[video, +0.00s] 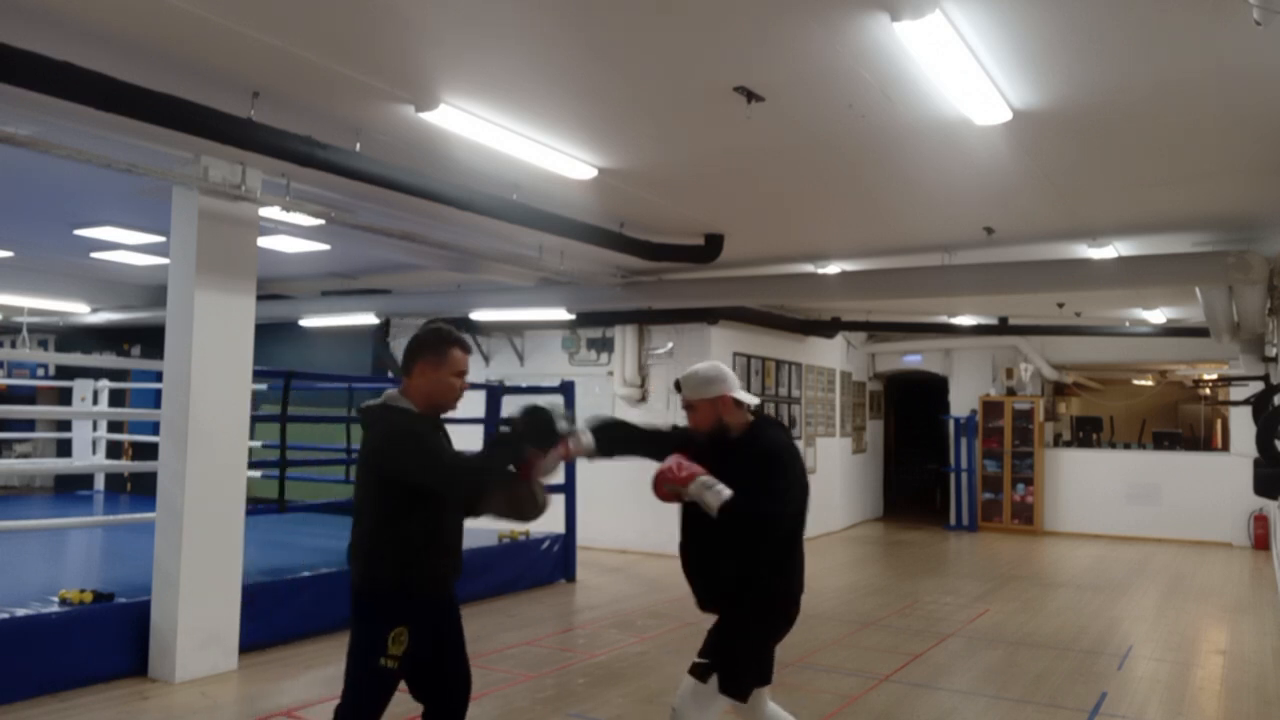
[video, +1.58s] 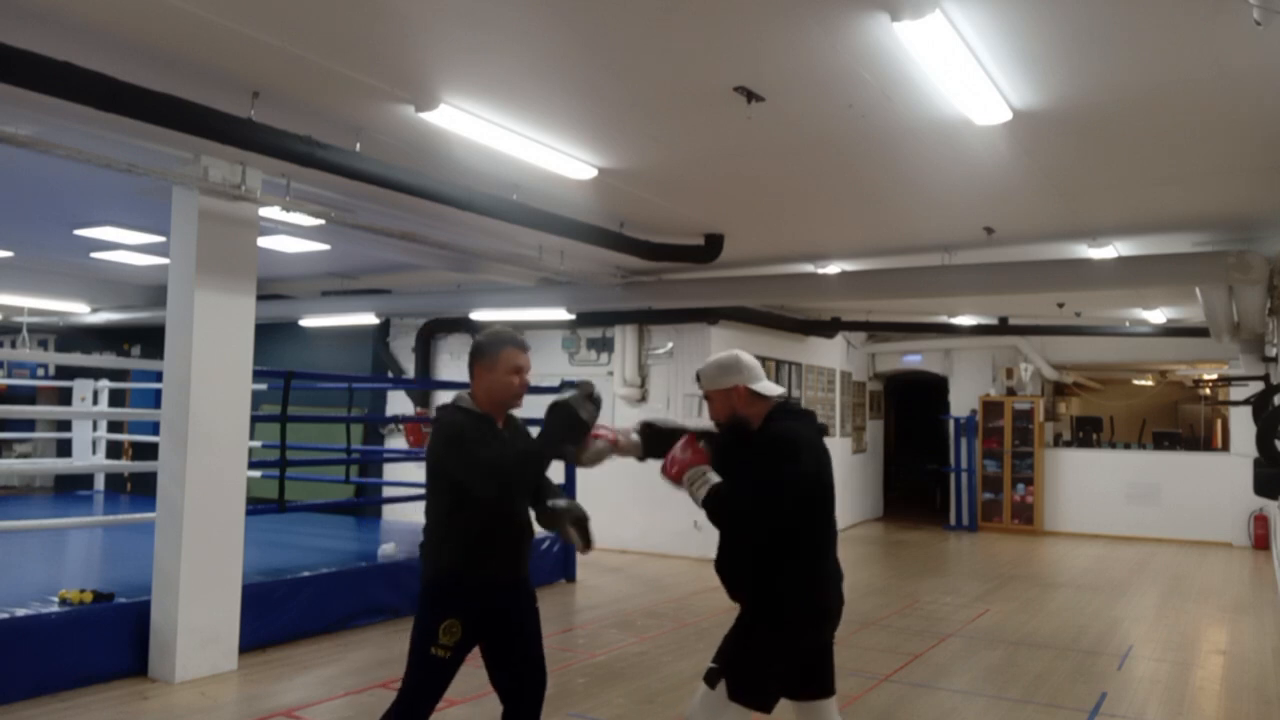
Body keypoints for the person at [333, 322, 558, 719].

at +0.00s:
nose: (465, 386)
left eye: (465, 376)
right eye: (458, 375)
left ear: (431, 373)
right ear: (422, 370)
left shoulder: (428, 428)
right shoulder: (393, 426)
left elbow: (459, 495)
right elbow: (449, 480)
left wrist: (518, 475)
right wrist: (513, 445)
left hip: (428, 588)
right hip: (389, 590)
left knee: (449, 695)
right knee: (363, 702)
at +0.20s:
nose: (477, 386)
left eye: (479, 377)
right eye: (471, 374)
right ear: (437, 369)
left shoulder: (463, 426)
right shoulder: (391, 425)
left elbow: (492, 475)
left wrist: (536, 455)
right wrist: (482, 462)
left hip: (446, 580)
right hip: (395, 583)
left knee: (459, 695)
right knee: (385, 702)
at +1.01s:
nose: (499, 387)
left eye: (500, 376)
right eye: (490, 375)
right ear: (456, 374)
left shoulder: (489, 425)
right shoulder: (418, 431)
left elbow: (539, 471)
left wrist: (585, 444)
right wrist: (483, 432)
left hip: (475, 586)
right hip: (422, 590)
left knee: (503, 704)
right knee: (401, 708)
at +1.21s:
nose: (510, 387)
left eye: (513, 377)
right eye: (501, 375)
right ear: (467, 373)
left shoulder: (492, 431)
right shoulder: (436, 430)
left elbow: (517, 479)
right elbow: (483, 494)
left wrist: (586, 464)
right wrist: (547, 457)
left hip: (491, 587)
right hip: (439, 590)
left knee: (513, 698)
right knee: (411, 705)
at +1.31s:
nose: (510, 387)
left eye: (512, 377)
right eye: (500, 375)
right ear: (466, 373)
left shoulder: (501, 427)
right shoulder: (430, 434)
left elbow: (549, 461)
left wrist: (600, 448)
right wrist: (517, 460)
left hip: (495, 588)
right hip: (438, 592)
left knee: (516, 702)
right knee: (410, 707)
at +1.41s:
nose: (513, 385)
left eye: (516, 376)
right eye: (504, 374)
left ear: (516, 380)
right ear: (470, 372)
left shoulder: (511, 428)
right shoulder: (435, 429)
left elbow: (551, 473)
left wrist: (597, 456)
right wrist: (482, 428)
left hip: (496, 587)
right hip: (440, 589)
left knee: (520, 696)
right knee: (409, 705)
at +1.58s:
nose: (525, 383)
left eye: (526, 374)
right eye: (516, 373)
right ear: (481, 374)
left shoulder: (516, 431)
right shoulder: (452, 426)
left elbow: (536, 486)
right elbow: (501, 478)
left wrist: (556, 509)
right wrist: (554, 434)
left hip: (508, 582)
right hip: (453, 584)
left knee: (526, 694)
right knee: (417, 699)